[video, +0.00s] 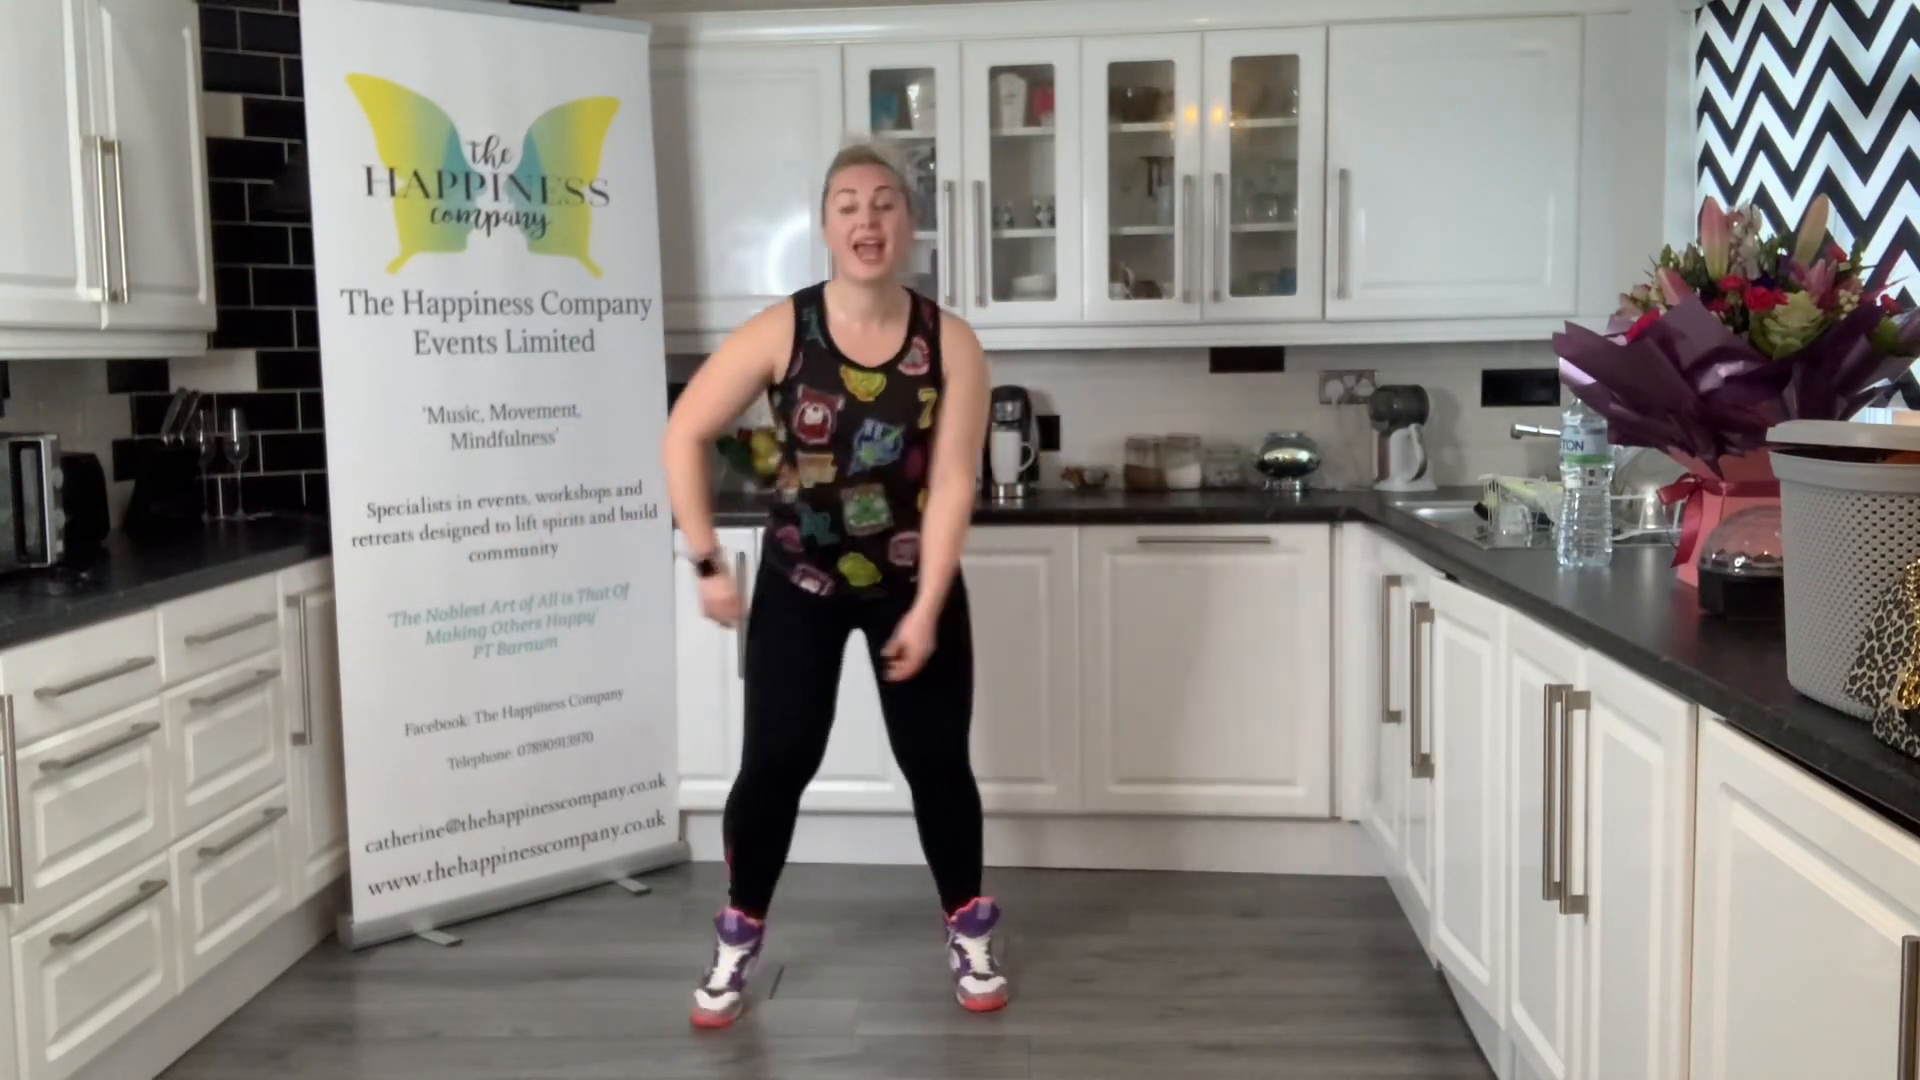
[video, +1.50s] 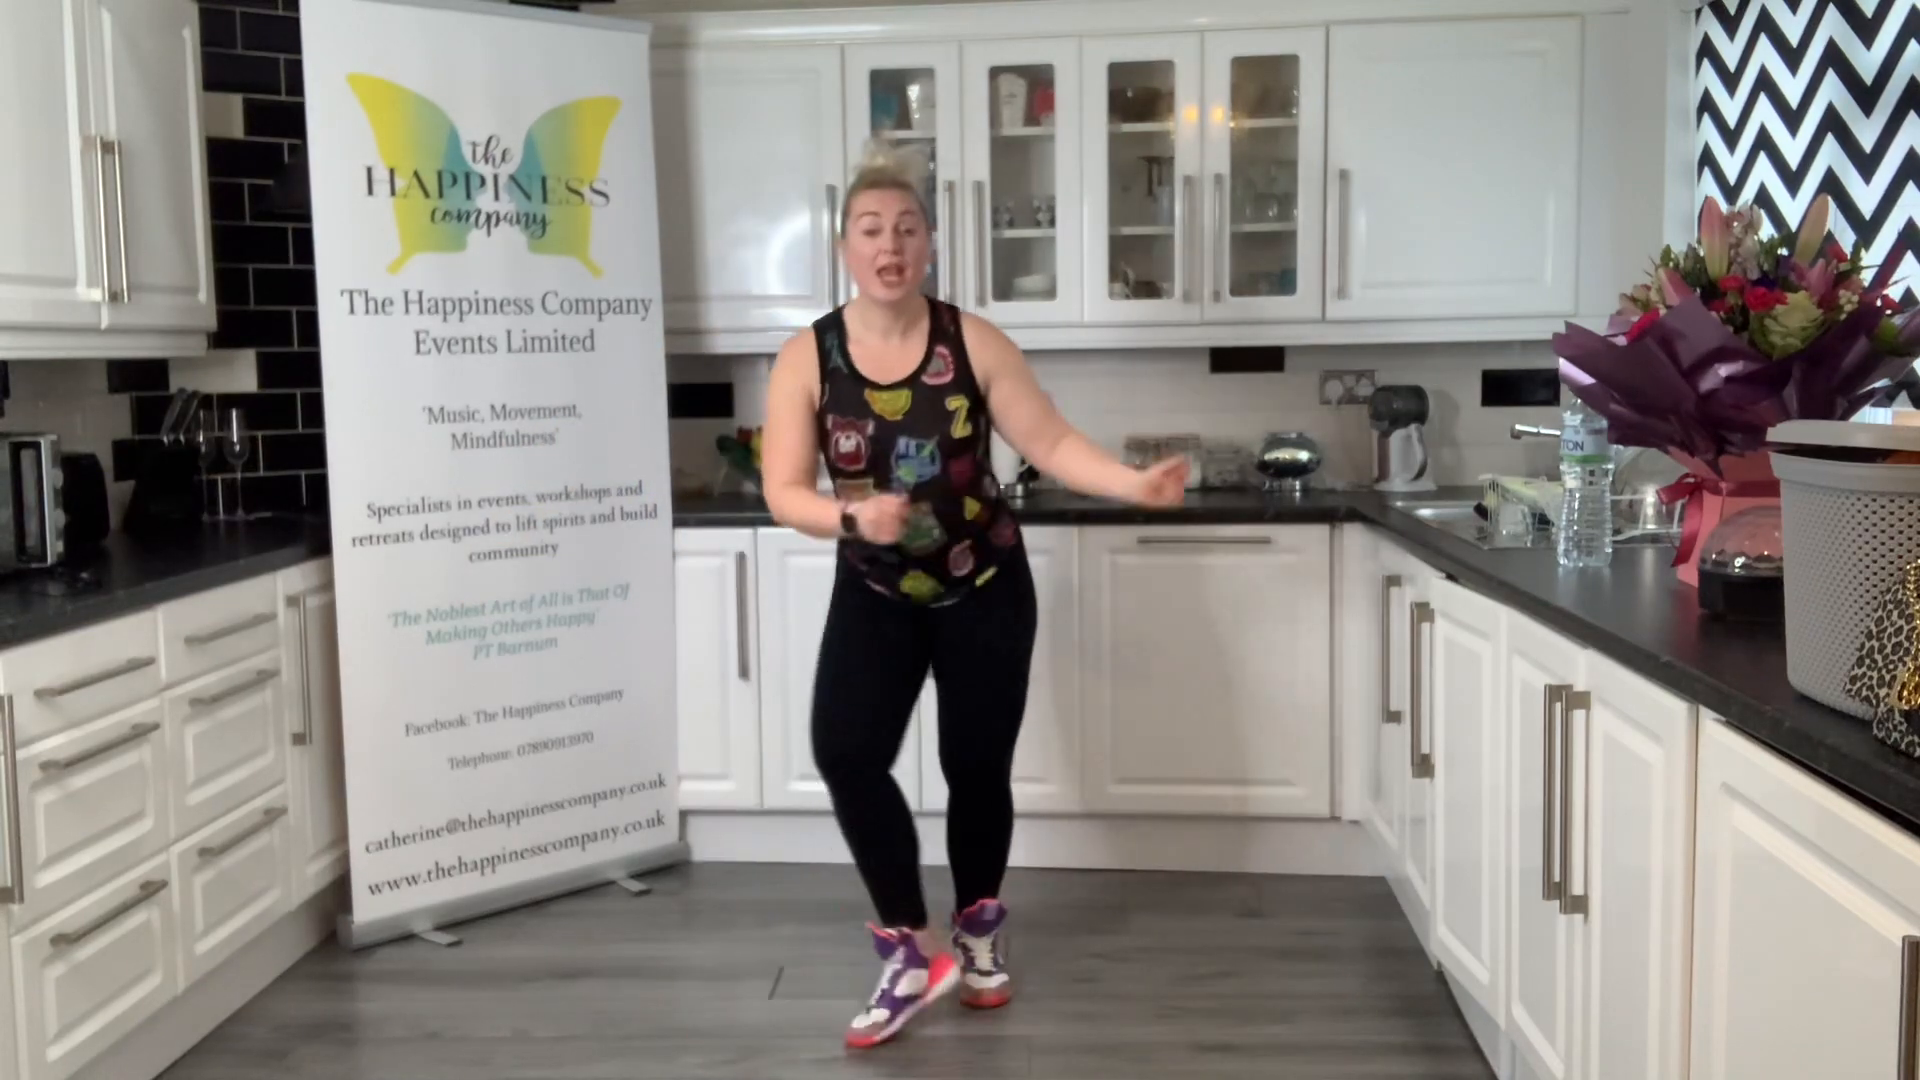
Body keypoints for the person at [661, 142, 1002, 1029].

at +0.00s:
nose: (867, 221)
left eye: (883, 205)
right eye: (849, 207)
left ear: (911, 222)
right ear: (824, 227)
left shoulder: (951, 344)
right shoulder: (782, 330)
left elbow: (954, 486)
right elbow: (686, 432)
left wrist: (927, 604)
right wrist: (707, 560)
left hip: (914, 579)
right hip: (801, 581)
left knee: (938, 764)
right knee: (776, 763)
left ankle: (969, 932)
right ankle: (740, 938)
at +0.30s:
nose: (805, 261)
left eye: (824, 244)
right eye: (790, 245)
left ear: (855, 262)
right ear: (771, 261)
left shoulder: (890, 383)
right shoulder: (719, 355)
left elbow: (876, 522)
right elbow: (606, 410)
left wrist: (768, 545)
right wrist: (535, 461)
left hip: (827, 590)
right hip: (715, 591)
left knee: (908, 725)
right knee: (724, 777)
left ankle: (876, 901)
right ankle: (736, 949)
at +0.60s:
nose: (792, 251)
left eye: (809, 236)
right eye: (774, 236)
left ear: (836, 256)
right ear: (749, 257)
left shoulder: (876, 367)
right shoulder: (706, 359)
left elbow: (872, 508)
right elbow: (627, 449)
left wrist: (786, 527)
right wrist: (540, 490)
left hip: (819, 590)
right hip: (708, 588)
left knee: (867, 746)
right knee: (720, 770)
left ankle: (812, 934)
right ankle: (733, 946)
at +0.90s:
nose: (795, 227)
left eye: (815, 210)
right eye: (781, 213)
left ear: (850, 224)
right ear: (765, 233)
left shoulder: (901, 332)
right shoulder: (735, 342)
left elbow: (919, 476)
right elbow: (711, 480)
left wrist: (916, 604)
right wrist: (687, 600)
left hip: (879, 584)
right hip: (763, 589)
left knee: (921, 765)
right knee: (755, 770)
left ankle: (974, 926)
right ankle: (738, 946)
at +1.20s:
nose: (873, 248)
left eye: (887, 230)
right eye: (851, 233)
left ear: (907, 243)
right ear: (821, 254)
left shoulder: (961, 335)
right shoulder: (797, 368)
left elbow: (1059, 413)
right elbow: (790, 504)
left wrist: (1126, 486)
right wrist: (840, 511)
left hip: (972, 586)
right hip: (864, 587)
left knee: (972, 769)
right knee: (769, 708)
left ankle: (977, 931)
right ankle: (824, 908)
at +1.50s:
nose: (890, 245)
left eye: (905, 227)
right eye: (870, 229)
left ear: (929, 243)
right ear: (844, 249)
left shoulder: (973, 342)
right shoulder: (807, 358)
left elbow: (1052, 442)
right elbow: (783, 493)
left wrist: (1133, 483)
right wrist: (850, 515)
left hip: (982, 586)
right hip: (876, 590)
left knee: (977, 765)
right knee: (847, 754)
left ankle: (979, 930)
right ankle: (906, 946)